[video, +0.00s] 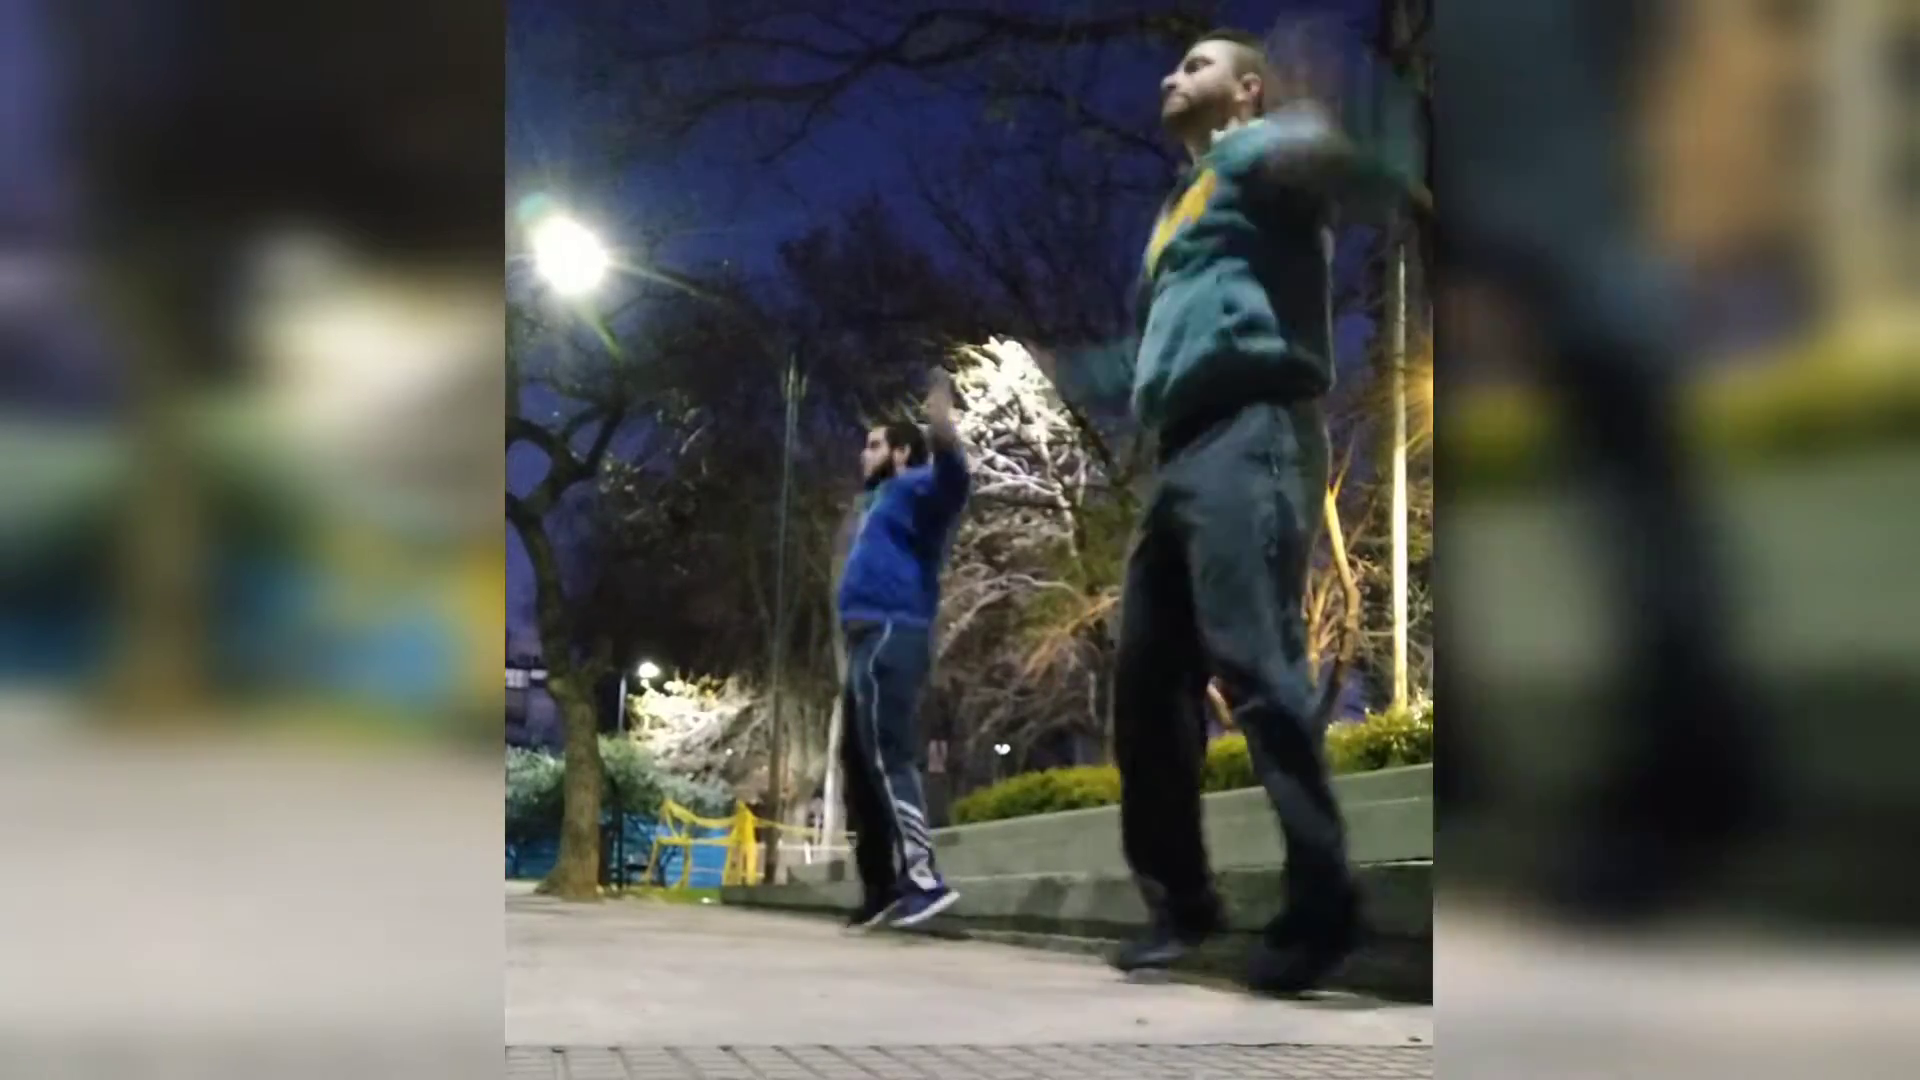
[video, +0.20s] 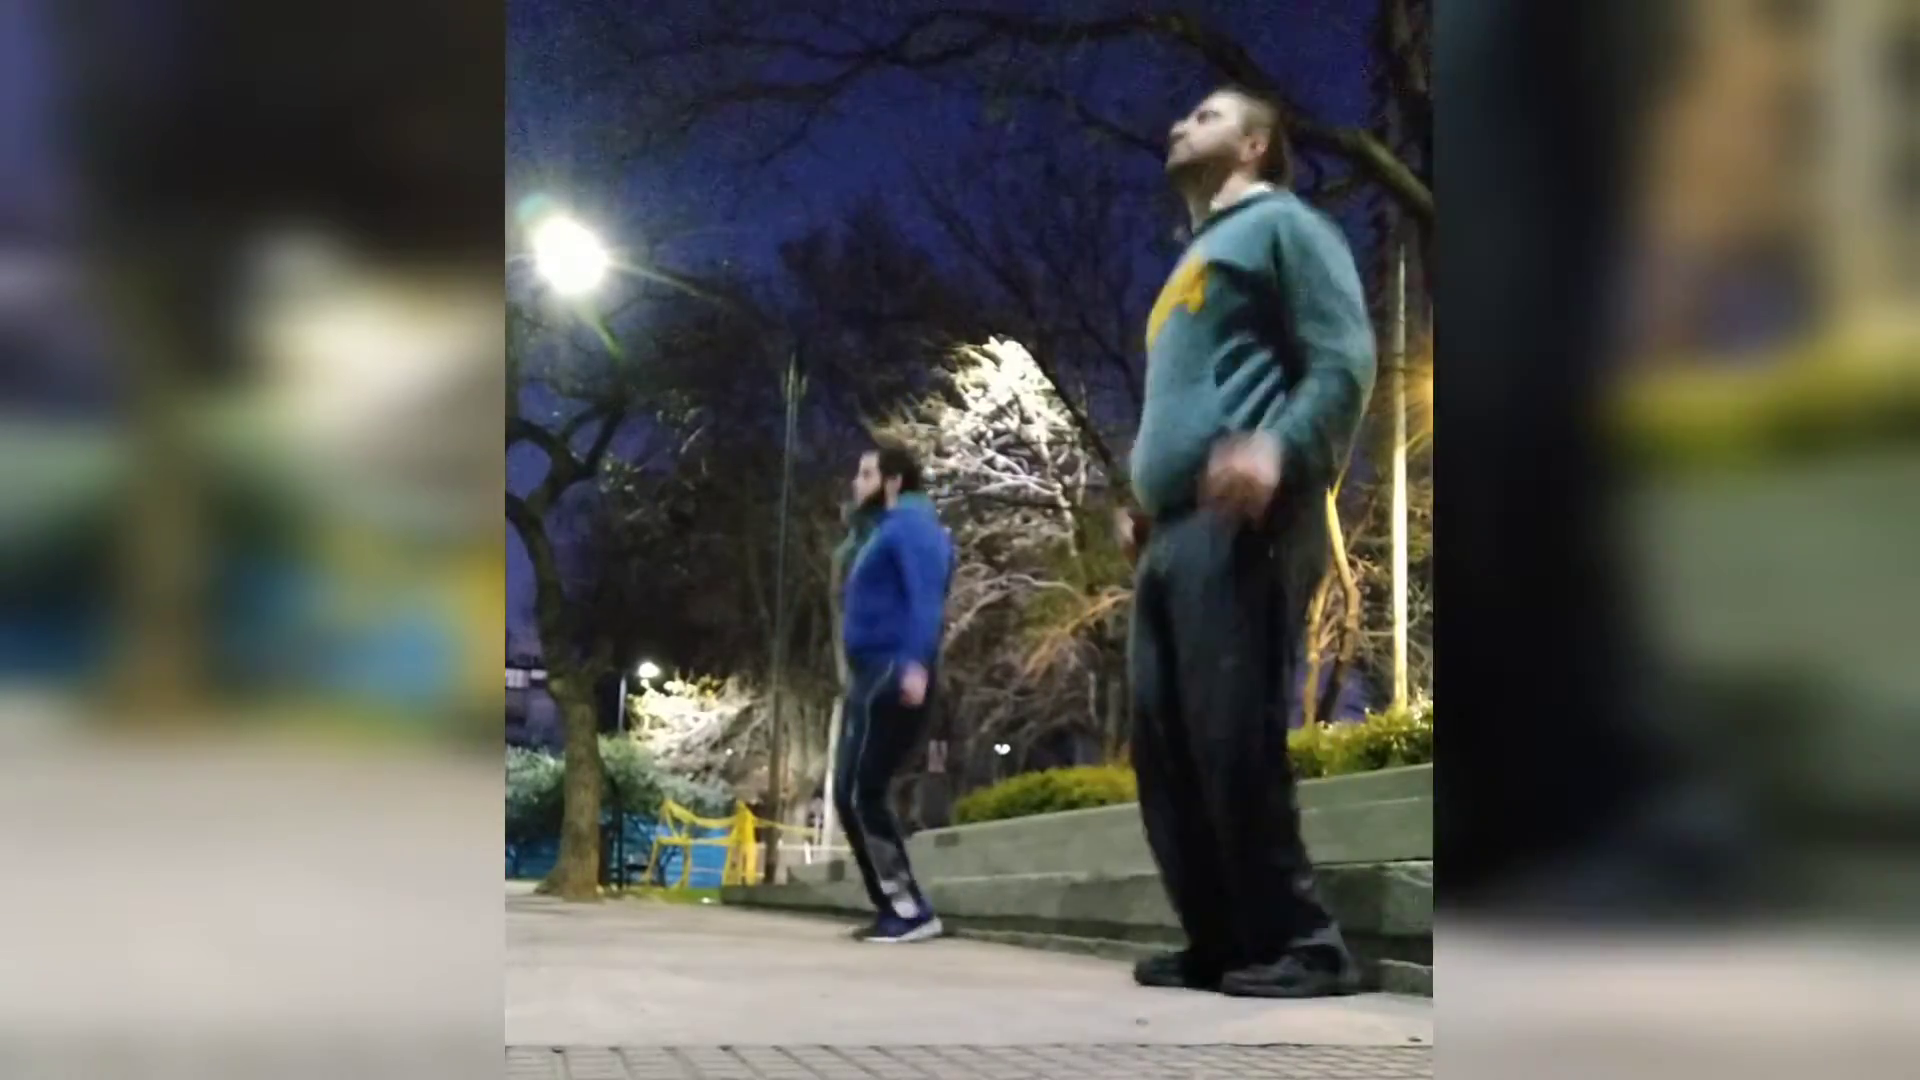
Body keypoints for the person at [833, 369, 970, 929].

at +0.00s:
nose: (863, 453)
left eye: (873, 445)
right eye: (865, 445)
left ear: (901, 451)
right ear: (888, 454)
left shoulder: (919, 488)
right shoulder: (880, 496)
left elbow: (953, 479)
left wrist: (943, 430)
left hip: (895, 629)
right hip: (863, 630)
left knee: (887, 753)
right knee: (860, 761)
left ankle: (922, 881)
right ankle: (880, 886)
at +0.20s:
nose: (857, 482)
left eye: (867, 474)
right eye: (859, 473)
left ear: (894, 480)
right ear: (887, 481)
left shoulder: (912, 524)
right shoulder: (880, 527)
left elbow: (926, 594)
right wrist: (854, 517)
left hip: (893, 670)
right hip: (867, 669)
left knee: (863, 789)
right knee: (847, 791)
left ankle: (909, 909)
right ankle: (890, 907)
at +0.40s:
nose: (862, 454)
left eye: (871, 445)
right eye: (864, 445)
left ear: (899, 450)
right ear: (890, 452)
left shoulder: (918, 489)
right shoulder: (879, 502)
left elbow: (933, 525)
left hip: (894, 634)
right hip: (861, 637)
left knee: (884, 758)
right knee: (863, 769)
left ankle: (911, 886)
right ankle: (879, 895)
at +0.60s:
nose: (863, 485)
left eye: (871, 477)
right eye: (865, 476)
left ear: (895, 483)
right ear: (881, 486)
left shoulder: (919, 522)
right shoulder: (875, 533)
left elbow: (924, 457)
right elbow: (858, 510)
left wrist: (921, 412)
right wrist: (871, 496)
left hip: (901, 659)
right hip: (866, 663)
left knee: (882, 783)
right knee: (857, 787)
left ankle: (931, 902)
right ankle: (887, 900)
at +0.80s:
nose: (867, 463)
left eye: (876, 454)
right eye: (869, 455)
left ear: (900, 461)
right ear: (885, 467)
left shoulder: (916, 501)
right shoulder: (878, 513)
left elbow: (934, 452)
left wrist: (927, 385)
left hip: (899, 636)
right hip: (860, 641)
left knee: (898, 768)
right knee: (863, 775)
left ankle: (926, 889)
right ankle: (876, 891)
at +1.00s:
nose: (863, 469)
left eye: (872, 460)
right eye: (865, 460)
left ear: (899, 465)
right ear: (894, 466)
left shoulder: (918, 503)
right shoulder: (881, 511)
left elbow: (935, 574)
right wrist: (858, 653)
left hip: (897, 657)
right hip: (867, 657)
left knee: (869, 775)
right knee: (855, 778)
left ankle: (904, 901)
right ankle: (886, 904)